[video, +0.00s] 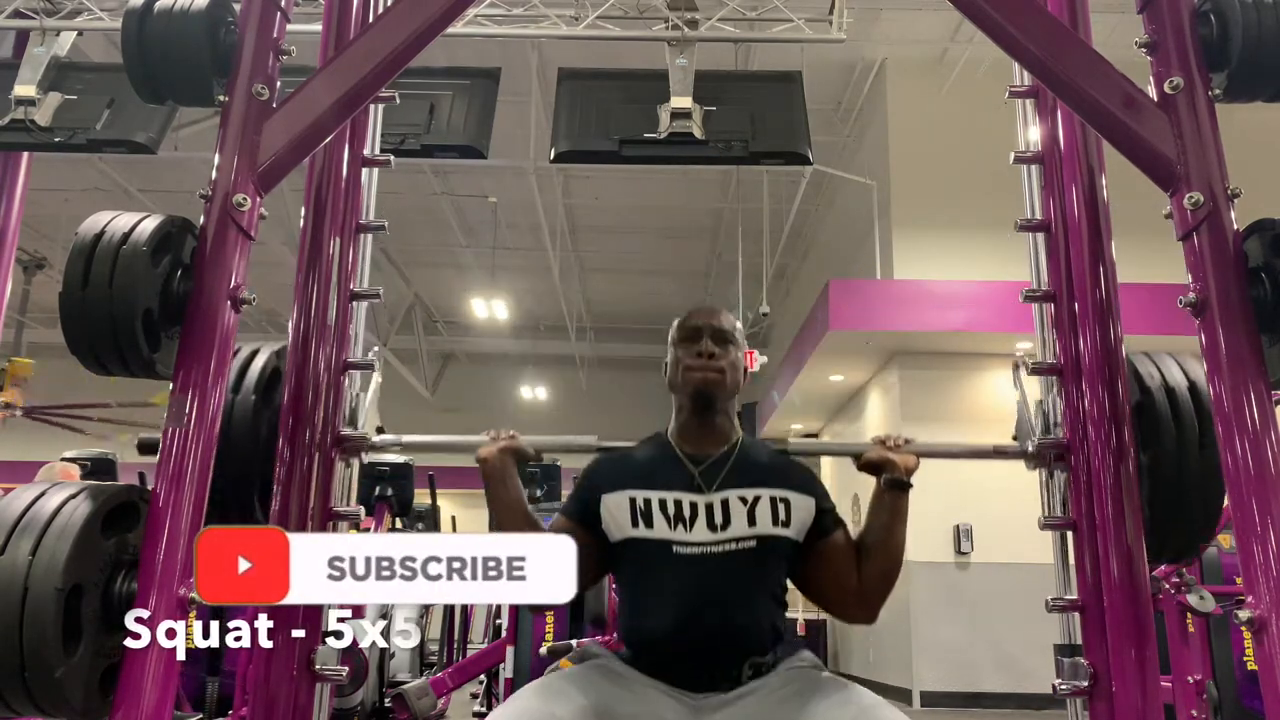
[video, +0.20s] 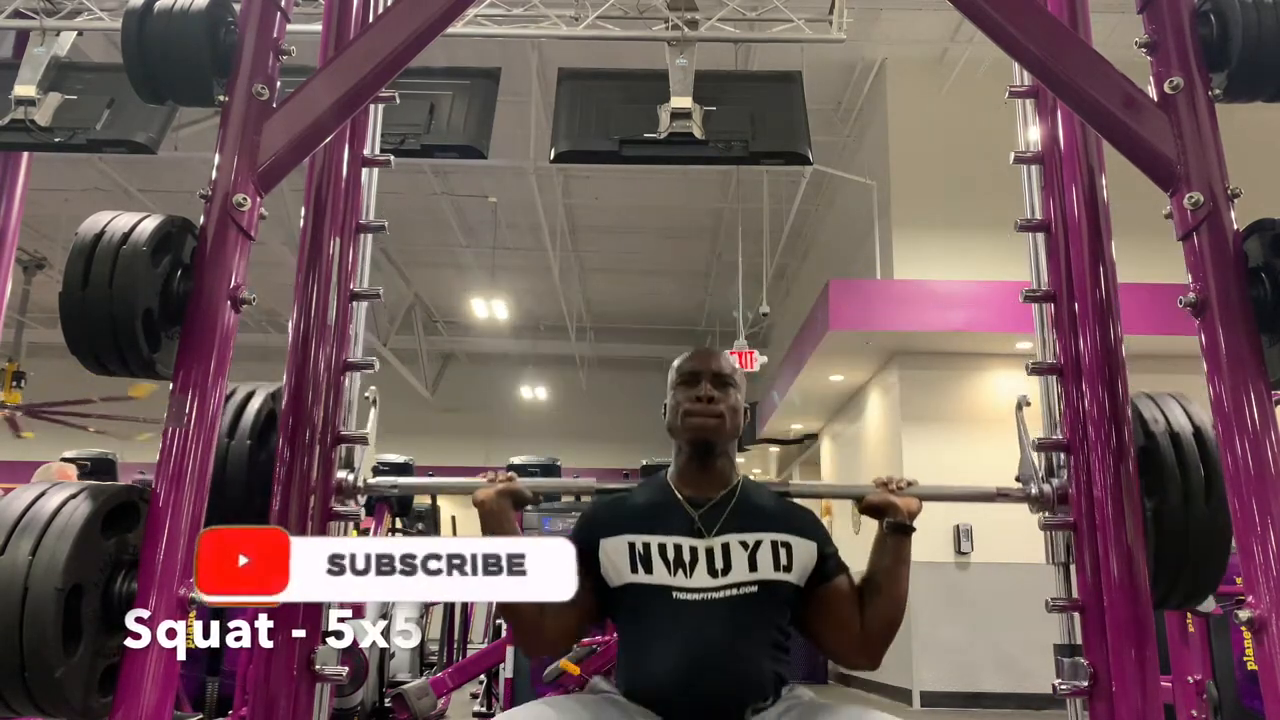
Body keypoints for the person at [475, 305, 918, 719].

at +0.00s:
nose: (707, 350)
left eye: (721, 342)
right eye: (692, 343)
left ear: (744, 371)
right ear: (668, 372)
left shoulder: (787, 478)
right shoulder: (613, 476)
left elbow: (858, 601)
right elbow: (544, 578)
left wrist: (894, 487)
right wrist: (499, 478)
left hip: (767, 685)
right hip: (637, 683)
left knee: (885, 717)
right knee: (511, 717)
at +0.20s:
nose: (704, 393)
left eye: (720, 385)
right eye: (689, 385)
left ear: (743, 418)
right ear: (667, 415)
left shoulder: (793, 524)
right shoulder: (610, 518)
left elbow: (862, 647)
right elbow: (544, 642)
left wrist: (895, 532)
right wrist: (503, 537)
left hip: (766, 705)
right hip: (638, 706)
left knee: (892, 716)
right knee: (521, 716)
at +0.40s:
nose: (703, 422)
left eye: (720, 413)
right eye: (688, 412)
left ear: (744, 441)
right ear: (665, 437)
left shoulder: (794, 555)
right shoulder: (607, 547)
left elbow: (861, 679)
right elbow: (541, 664)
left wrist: (898, 558)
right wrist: (500, 556)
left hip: (754, 713)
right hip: (644, 713)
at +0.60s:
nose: (703, 433)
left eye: (720, 424)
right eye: (687, 422)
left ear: (743, 453)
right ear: (665, 448)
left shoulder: (794, 567)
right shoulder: (608, 562)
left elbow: (861, 689)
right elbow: (540, 678)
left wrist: (899, 570)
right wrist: (495, 567)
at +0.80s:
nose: (702, 422)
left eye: (718, 412)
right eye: (685, 412)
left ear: (742, 443)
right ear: (664, 440)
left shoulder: (794, 555)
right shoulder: (606, 550)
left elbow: (861, 679)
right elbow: (540, 669)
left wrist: (898, 559)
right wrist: (498, 560)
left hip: (753, 712)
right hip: (645, 713)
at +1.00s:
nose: (703, 378)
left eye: (719, 373)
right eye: (687, 372)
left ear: (741, 411)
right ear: (666, 408)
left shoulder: (790, 514)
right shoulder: (611, 509)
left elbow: (860, 637)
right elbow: (543, 629)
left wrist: (894, 522)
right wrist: (499, 516)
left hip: (768, 700)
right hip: (636, 700)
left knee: (891, 717)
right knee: (517, 717)